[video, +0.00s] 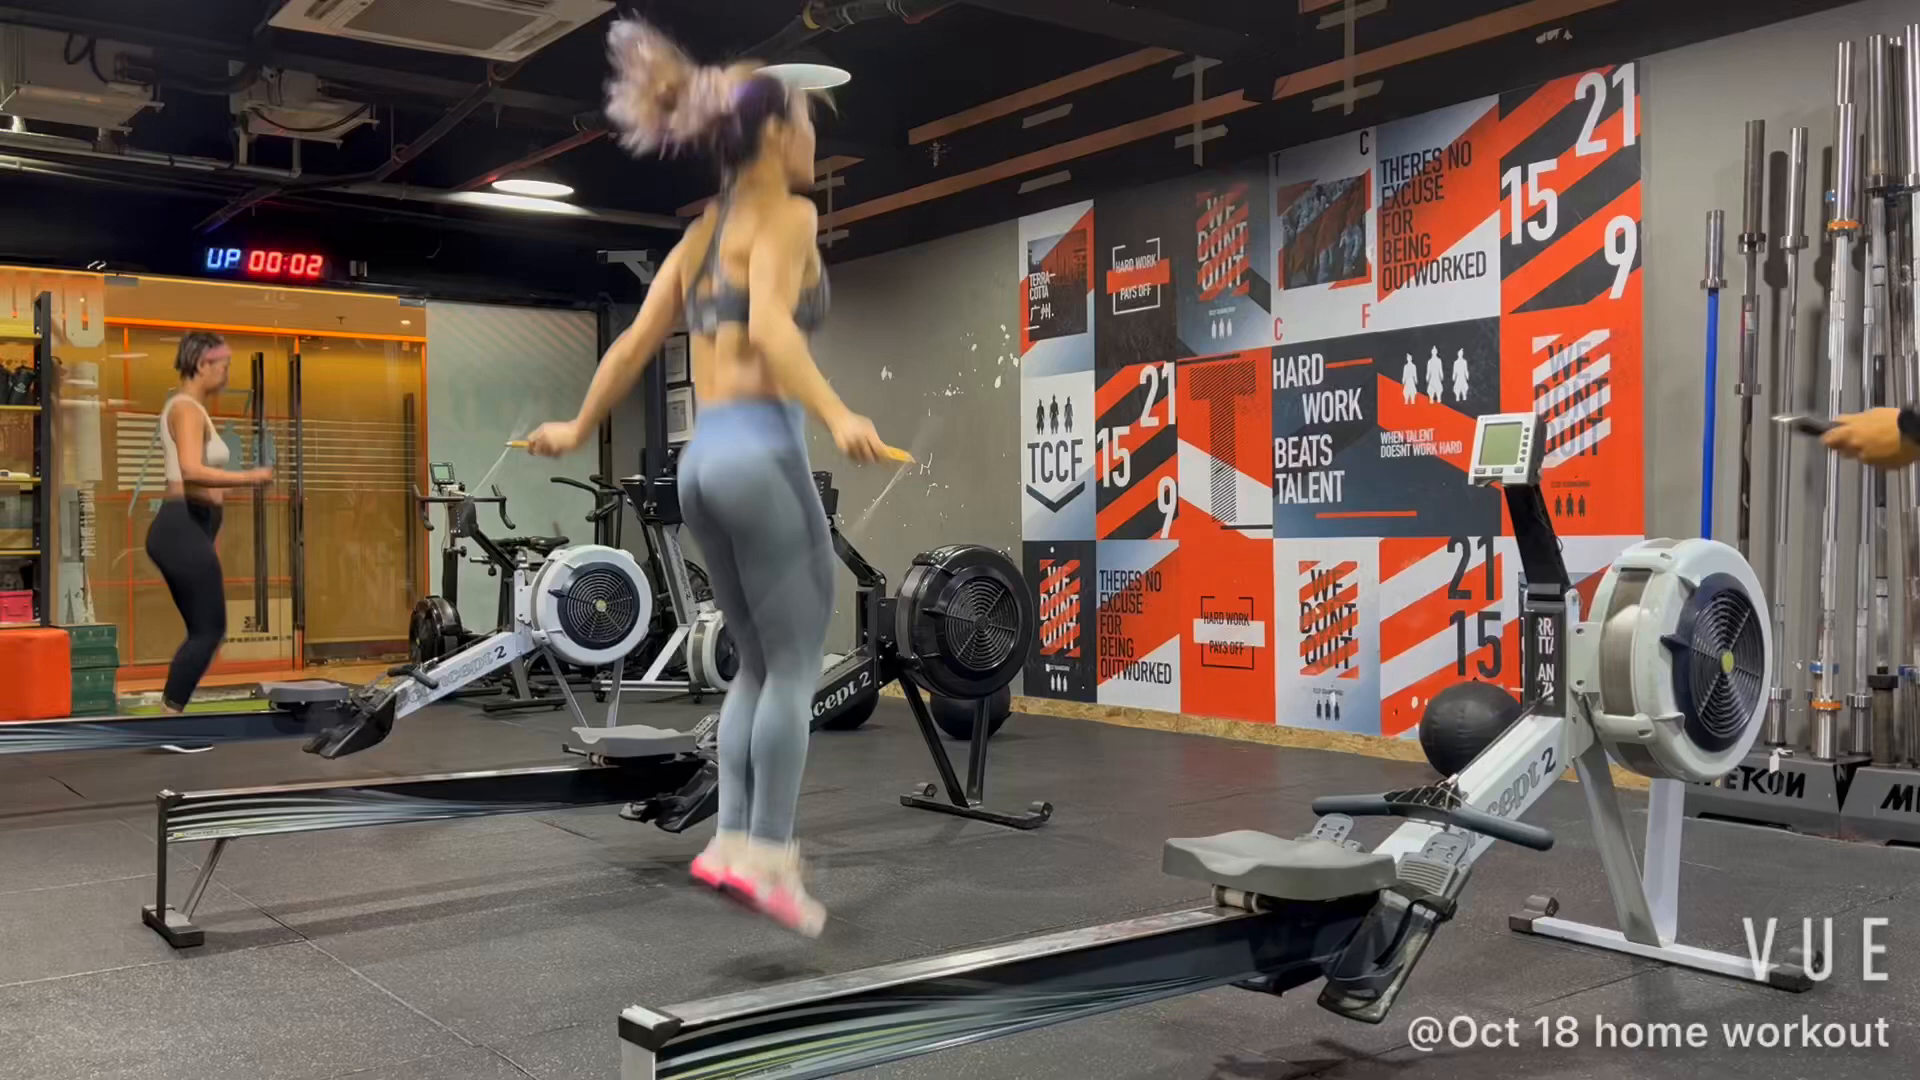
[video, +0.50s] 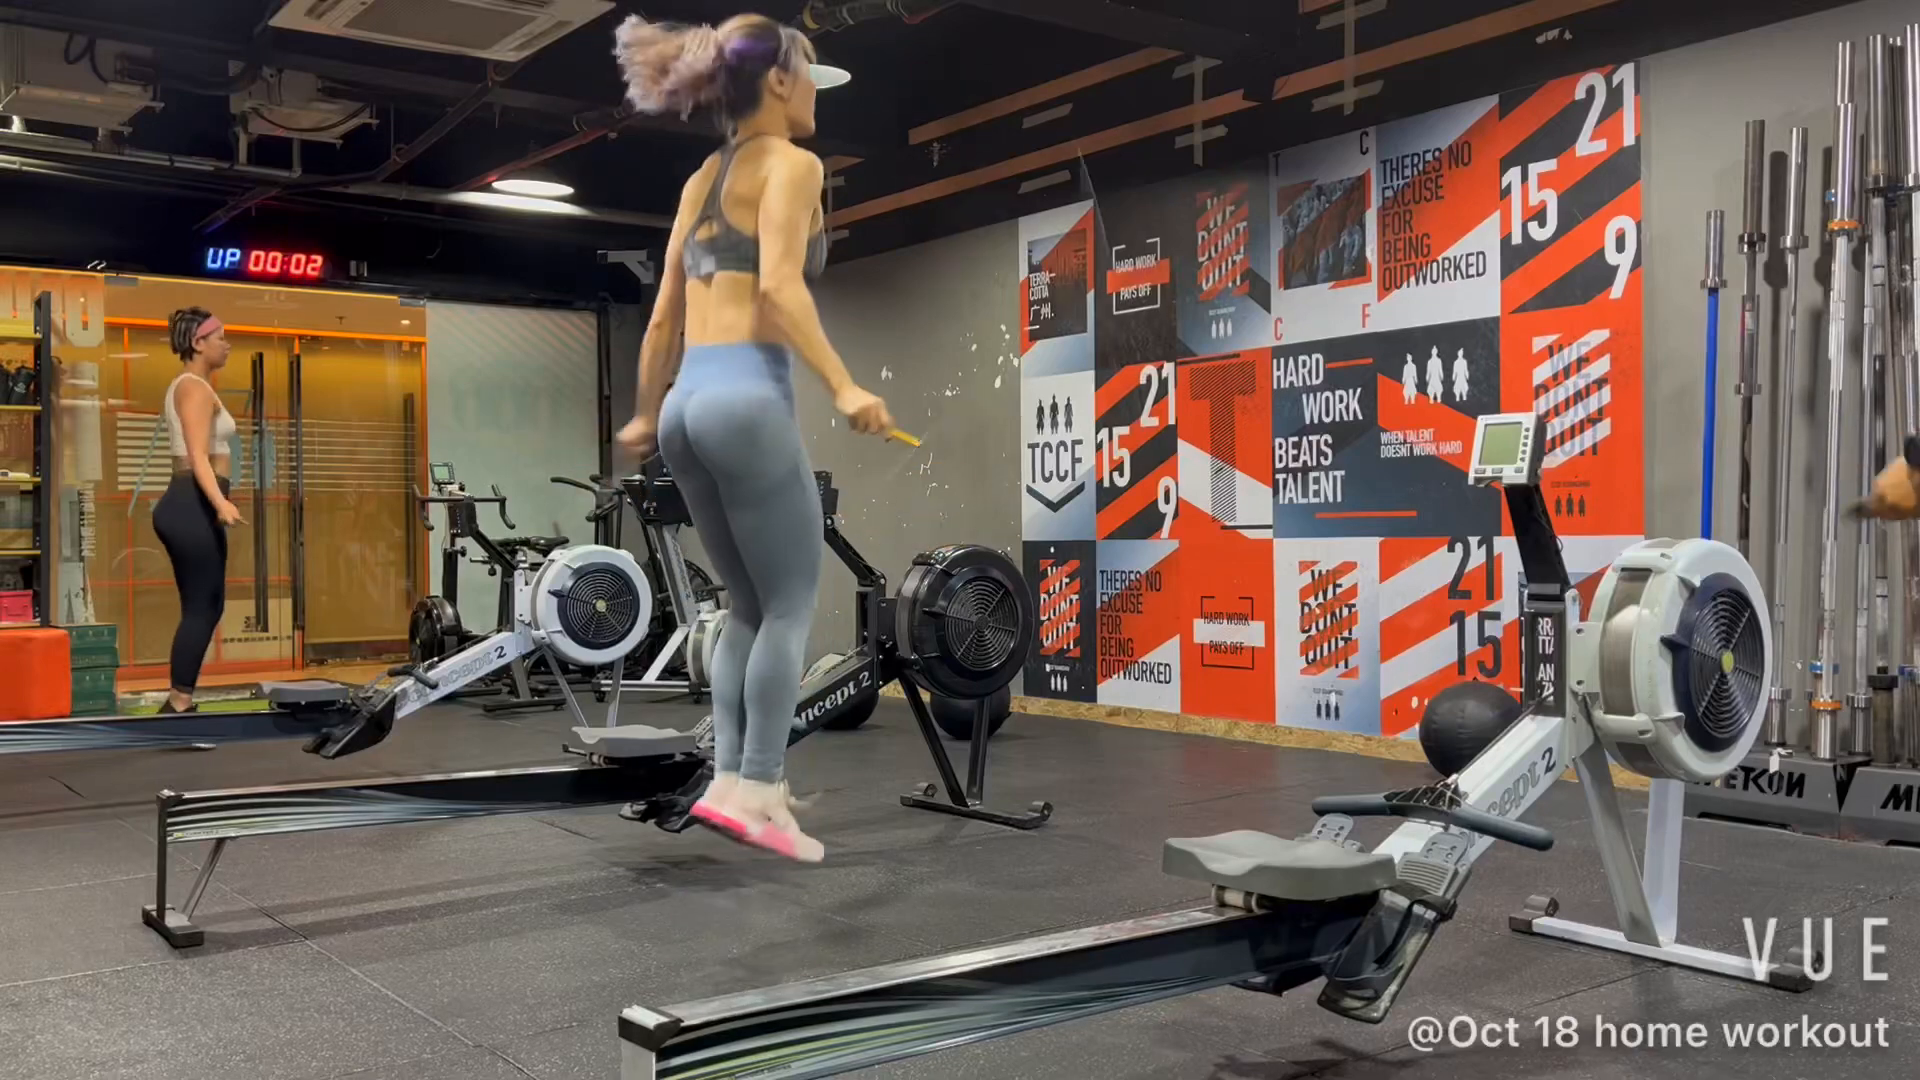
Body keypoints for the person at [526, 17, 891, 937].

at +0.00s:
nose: (813, 131)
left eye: (807, 117)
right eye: (802, 118)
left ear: (746, 139)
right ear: (774, 130)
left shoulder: (703, 232)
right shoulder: (787, 214)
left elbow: (638, 340)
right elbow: (771, 329)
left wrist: (578, 426)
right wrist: (839, 413)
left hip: (701, 456)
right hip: (757, 451)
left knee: (755, 661)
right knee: (792, 660)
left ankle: (734, 840)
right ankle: (771, 849)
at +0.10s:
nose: (811, 225)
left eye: (805, 210)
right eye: (800, 212)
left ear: (739, 235)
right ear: (770, 227)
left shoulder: (701, 321)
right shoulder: (788, 313)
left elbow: (642, 447)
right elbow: (779, 437)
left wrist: (634, 484)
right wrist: (874, 515)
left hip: (702, 547)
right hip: (762, 545)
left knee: (772, 749)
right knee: (812, 747)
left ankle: (711, 918)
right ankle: (739, 923)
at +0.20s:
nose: (804, 222)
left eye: (799, 206)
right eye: (796, 208)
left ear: (720, 226)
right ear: (767, 218)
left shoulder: (695, 315)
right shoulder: (786, 301)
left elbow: (659, 443)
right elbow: (793, 426)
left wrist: (670, 504)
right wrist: (886, 504)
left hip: (701, 546)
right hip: (763, 544)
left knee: (764, 744)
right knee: (807, 741)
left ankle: (711, 913)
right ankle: (741, 917)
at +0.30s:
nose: (798, 125)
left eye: (791, 110)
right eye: (789, 113)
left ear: (720, 138)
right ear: (763, 128)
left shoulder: (695, 228)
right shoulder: (782, 210)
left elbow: (660, 354)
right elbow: (794, 334)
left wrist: (623, 440)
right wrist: (880, 411)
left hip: (702, 447)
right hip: (764, 442)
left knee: (737, 658)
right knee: (785, 663)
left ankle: (730, 838)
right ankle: (759, 844)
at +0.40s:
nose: (813, 89)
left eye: (806, 75)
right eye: (804, 76)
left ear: (743, 94)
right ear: (777, 84)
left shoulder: (700, 182)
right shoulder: (792, 165)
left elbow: (660, 311)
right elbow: (793, 285)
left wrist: (657, 391)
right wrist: (878, 376)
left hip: (685, 407)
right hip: (748, 401)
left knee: (752, 604)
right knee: (798, 600)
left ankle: (728, 777)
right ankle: (754, 784)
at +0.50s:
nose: (812, 92)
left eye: (808, 77)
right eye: (804, 78)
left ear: (738, 91)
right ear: (776, 83)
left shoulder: (699, 181)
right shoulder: (791, 162)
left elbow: (666, 316)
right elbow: (778, 288)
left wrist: (647, 411)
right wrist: (844, 387)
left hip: (685, 394)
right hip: (744, 390)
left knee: (743, 605)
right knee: (790, 601)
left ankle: (733, 781)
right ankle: (760, 790)